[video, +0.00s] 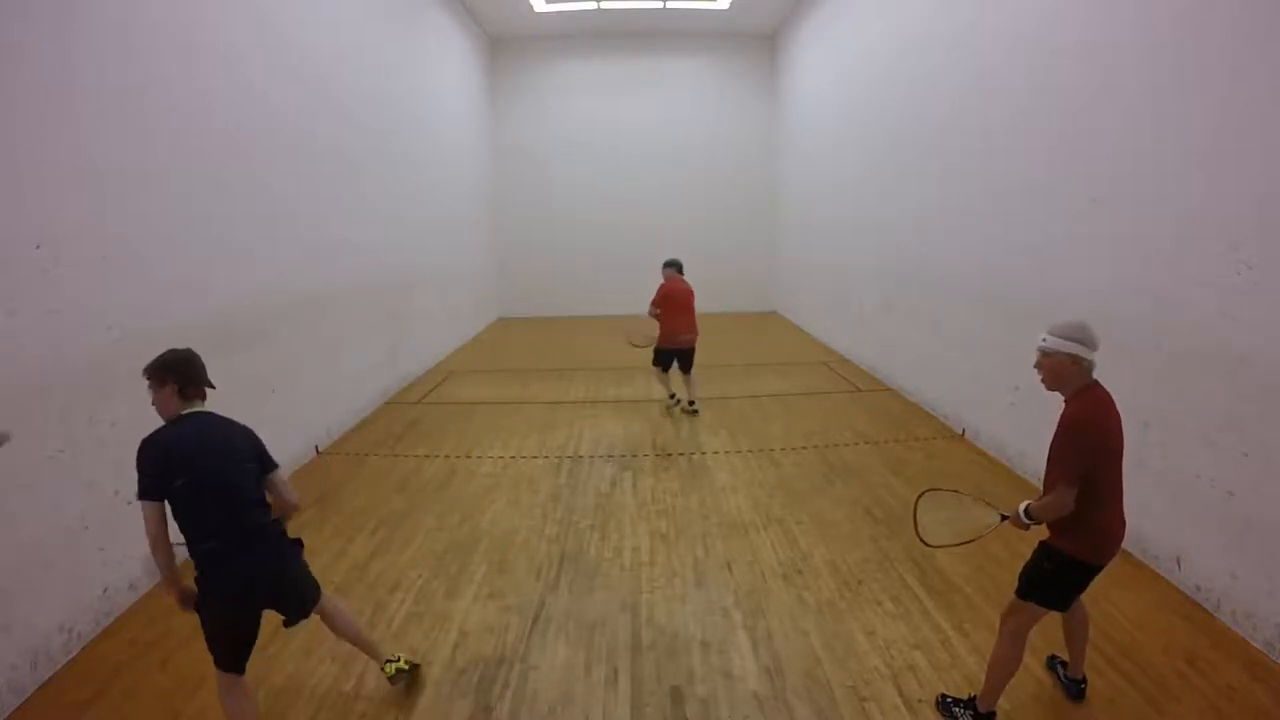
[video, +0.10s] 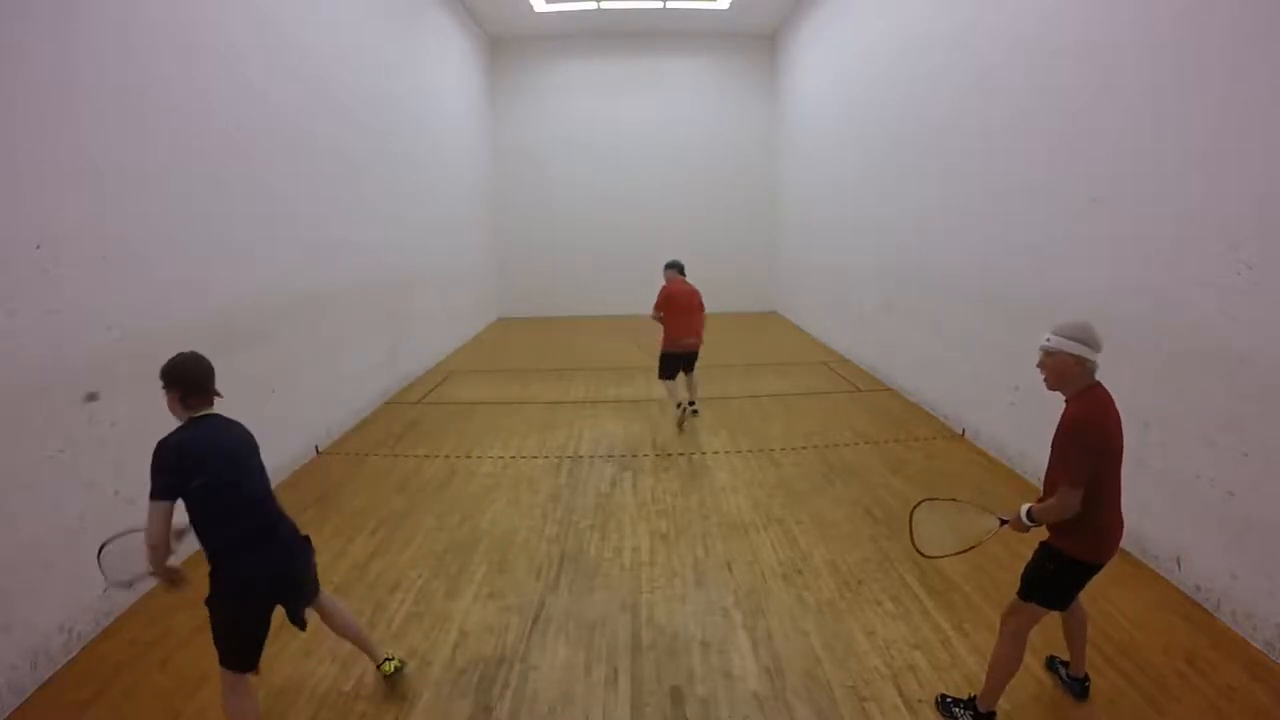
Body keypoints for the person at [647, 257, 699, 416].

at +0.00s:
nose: (663, 276)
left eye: (664, 272)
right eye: (663, 272)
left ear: (671, 271)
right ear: (680, 272)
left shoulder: (665, 288)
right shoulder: (688, 288)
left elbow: (652, 310)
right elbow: (683, 310)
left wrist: (667, 317)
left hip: (668, 339)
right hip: (688, 340)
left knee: (660, 368)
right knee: (686, 371)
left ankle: (671, 395)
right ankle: (691, 402)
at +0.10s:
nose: (665, 279)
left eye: (666, 275)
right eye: (665, 275)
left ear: (672, 273)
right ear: (682, 273)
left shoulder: (667, 289)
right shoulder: (694, 290)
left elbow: (655, 313)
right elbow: (702, 313)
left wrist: (669, 323)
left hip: (672, 343)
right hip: (693, 342)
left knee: (667, 376)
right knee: (689, 371)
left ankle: (679, 404)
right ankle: (693, 404)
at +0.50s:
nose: (672, 280)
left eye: (673, 276)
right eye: (672, 276)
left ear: (680, 275)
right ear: (692, 276)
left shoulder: (672, 295)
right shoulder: (706, 295)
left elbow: (660, 324)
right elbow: (718, 323)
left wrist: (650, 347)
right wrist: (721, 345)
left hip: (680, 360)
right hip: (705, 359)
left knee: (684, 397)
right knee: (706, 394)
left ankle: (693, 430)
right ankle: (713, 425)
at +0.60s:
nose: (675, 284)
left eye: (676, 280)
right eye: (675, 280)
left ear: (680, 279)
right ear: (695, 279)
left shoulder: (675, 299)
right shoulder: (710, 299)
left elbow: (663, 327)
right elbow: (717, 329)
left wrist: (652, 353)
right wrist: (709, 349)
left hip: (682, 365)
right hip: (708, 365)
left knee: (684, 398)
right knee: (709, 403)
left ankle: (693, 431)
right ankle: (714, 444)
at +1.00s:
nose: (670, 285)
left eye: (670, 281)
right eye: (670, 282)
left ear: (674, 280)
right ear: (692, 279)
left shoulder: (670, 302)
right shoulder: (708, 302)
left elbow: (659, 334)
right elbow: (716, 337)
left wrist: (656, 356)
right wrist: (711, 359)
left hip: (674, 370)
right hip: (702, 370)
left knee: (663, 402)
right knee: (707, 414)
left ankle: (665, 443)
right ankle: (712, 459)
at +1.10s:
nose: (662, 287)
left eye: (662, 284)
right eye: (662, 284)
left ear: (665, 282)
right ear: (683, 281)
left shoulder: (663, 304)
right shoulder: (701, 303)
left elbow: (652, 336)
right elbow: (711, 336)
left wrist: (646, 356)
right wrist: (710, 359)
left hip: (668, 372)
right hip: (698, 371)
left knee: (650, 405)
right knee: (705, 414)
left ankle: (645, 448)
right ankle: (712, 460)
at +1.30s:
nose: (638, 292)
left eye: (637, 289)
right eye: (637, 289)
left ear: (641, 286)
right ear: (657, 284)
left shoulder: (641, 307)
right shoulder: (676, 304)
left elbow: (630, 341)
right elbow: (690, 336)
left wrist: (623, 363)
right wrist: (691, 361)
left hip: (650, 376)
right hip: (679, 374)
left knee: (636, 414)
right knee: (692, 415)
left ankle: (628, 455)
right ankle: (709, 457)